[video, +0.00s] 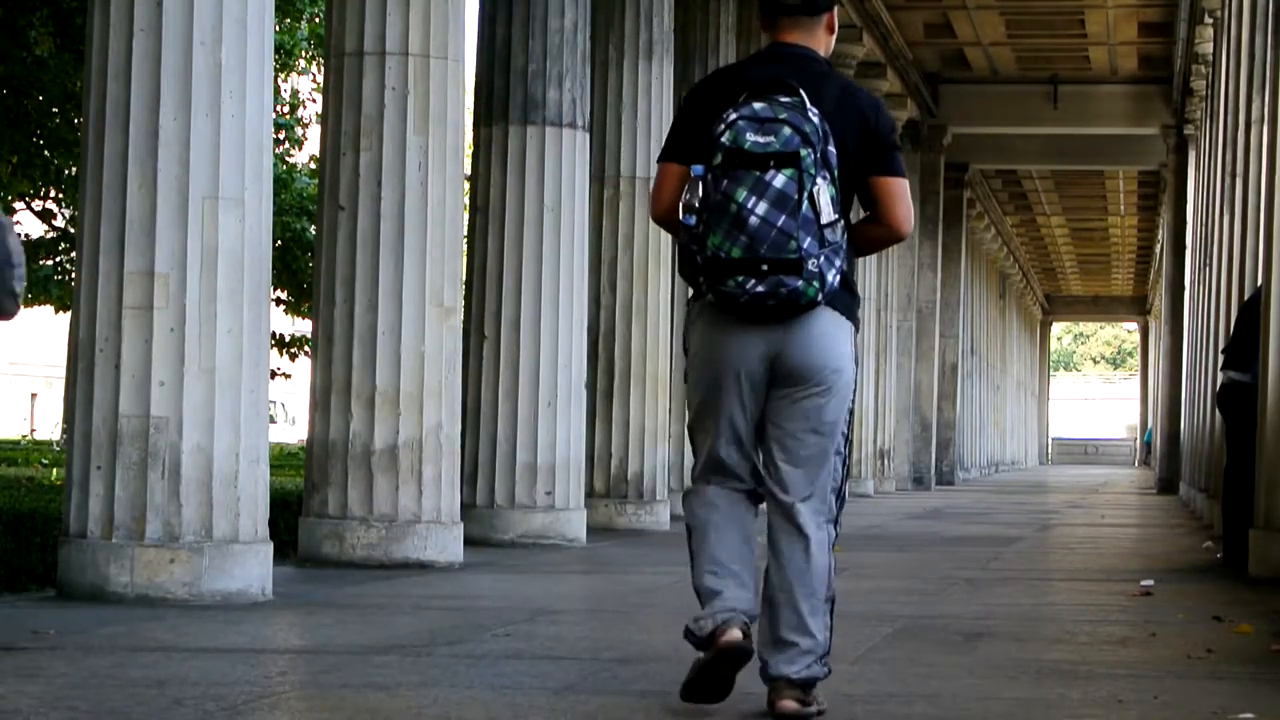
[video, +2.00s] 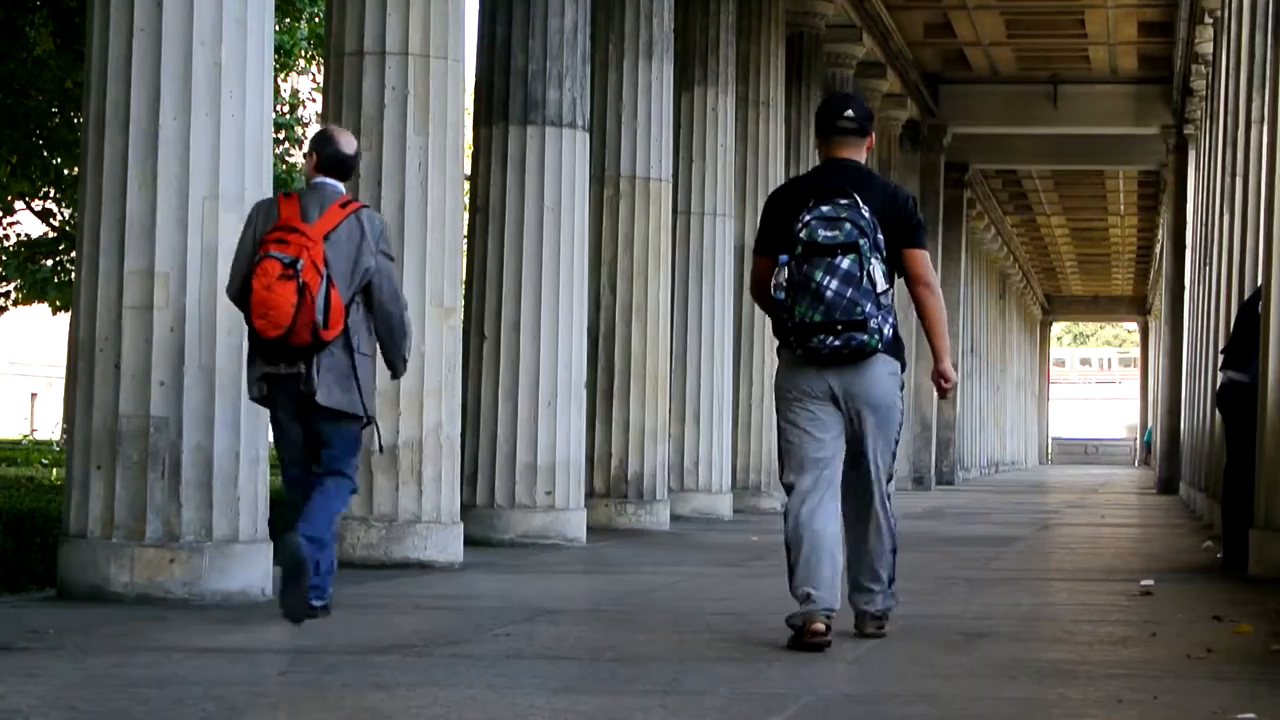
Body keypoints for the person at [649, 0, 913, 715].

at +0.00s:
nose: (835, 27)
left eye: (826, 19)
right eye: (835, 20)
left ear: (763, 22)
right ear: (831, 23)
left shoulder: (711, 92)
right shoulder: (859, 106)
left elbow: (665, 205)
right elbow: (896, 221)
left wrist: (732, 239)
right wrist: (831, 245)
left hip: (724, 320)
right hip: (820, 324)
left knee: (720, 477)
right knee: (804, 498)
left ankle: (727, 616)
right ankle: (793, 682)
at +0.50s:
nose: (820, 62)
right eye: (820, 52)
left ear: (753, 57)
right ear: (815, 54)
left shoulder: (711, 132)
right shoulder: (844, 131)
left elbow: (668, 236)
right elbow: (881, 239)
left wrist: (664, 323)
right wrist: (896, 327)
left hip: (733, 336)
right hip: (816, 333)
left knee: (746, 492)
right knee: (831, 482)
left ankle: (748, 658)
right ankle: (804, 583)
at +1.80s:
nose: (858, 127)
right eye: (860, 120)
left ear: (804, 122)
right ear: (857, 122)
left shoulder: (772, 182)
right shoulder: (883, 182)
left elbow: (751, 278)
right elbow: (915, 267)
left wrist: (767, 340)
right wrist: (934, 344)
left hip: (796, 351)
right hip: (869, 348)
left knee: (807, 480)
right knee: (877, 471)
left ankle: (813, 617)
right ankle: (868, 590)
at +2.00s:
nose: (868, 144)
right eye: (871, 137)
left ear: (818, 138)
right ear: (871, 139)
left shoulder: (785, 198)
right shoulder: (894, 200)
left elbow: (760, 285)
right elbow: (922, 282)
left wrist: (791, 328)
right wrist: (943, 356)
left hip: (802, 360)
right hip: (873, 360)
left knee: (809, 482)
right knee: (872, 482)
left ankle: (814, 609)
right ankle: (872, 605)